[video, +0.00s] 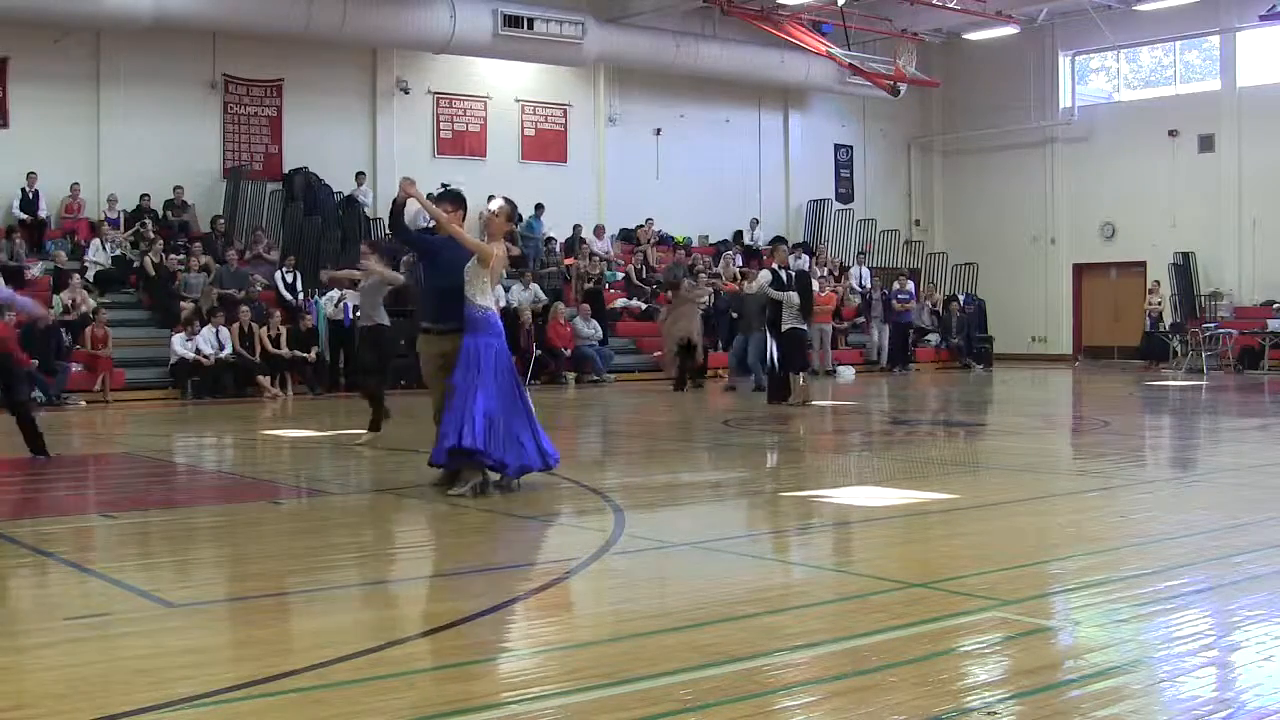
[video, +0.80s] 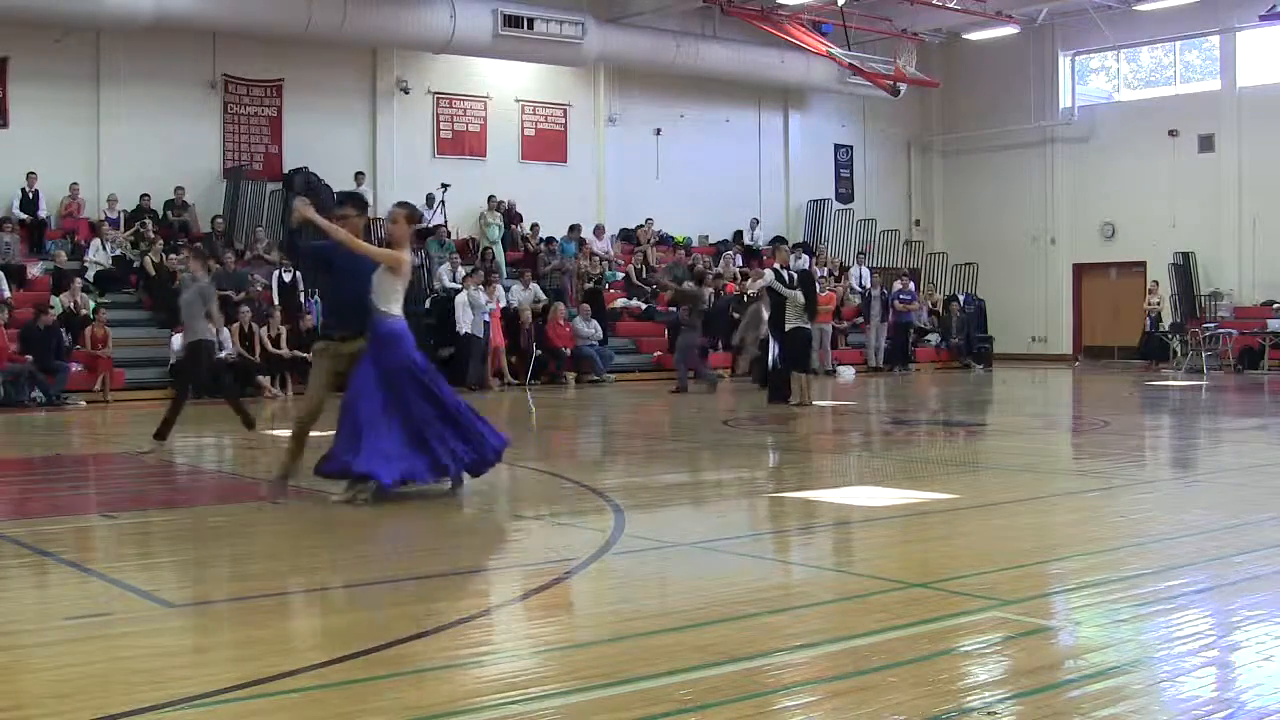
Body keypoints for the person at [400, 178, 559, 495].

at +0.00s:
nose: (487, 217)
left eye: (494, 214)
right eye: (488, 212)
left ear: (508, 225)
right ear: (494, 221)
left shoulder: (491, 251)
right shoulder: (498, 250)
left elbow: (451, 227)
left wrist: (419, 197)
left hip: (482, 330)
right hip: (489, 328)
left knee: (471, 397)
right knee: (493, 396)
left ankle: (473, 469)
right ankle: (508, 463)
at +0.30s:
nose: (465, 223)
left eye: (472, 219)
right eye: (465, 218)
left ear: (487, 225)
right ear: (467, 222)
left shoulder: (480, 253)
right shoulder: (469, 249)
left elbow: (439, 244)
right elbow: (437, 241)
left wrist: (403, 221)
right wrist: (406, 225)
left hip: (476, 331)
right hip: (474, 328)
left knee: (465, 398)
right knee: (491, 397)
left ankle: (464, 469)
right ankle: (509, 465)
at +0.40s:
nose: (453, 227)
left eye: (459, 223)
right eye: (453, 222)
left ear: (475, 226)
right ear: (457, 225)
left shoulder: (469, 256)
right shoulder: (461, 255)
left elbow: (427, 244)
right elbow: (424, 242)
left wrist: (389, 219)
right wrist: (394, 225)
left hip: (469, 332)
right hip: (462, 330)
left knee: (459, 397)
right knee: (462, 397)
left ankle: (464, 467)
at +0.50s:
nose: (439, 226)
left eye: (445, 221)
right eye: (440, 220)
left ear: (461, 227)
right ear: (445, 225)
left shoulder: (456, 258)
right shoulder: (449, 256)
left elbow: (413, 244)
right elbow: (412, 243)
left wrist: (375, 216)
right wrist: (378, 218)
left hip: (457, 333)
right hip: (448, 331)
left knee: (450, 399)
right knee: (448, 399)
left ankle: (462, 469)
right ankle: (456, 468)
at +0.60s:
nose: (423, 227)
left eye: (429, 222)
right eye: (424, 221)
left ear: (445, 228)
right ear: (429, 226)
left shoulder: (440, 260)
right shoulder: (433, 258)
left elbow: (396, 245)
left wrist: (359, 217)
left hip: (442, 337)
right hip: (431, 335)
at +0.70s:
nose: (407, 229)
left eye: (413, 223)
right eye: (408, 223)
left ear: (428, 229)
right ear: (412, 228)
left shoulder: (421, 259)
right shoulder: (415, 258)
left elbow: (377, 244)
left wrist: (337, 216)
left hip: (422, 338)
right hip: (412, 336)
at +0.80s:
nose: (388, 227)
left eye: (395, 222)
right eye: (389, 221)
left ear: (411, 227)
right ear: (393, 226)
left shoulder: (400, 259)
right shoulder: (393, 256)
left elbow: (351, 242)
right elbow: (353, 242)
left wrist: (313, 216)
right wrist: (318, 218)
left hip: (394, 336)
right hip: (381, 335)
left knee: (415, 400)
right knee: (361, 400)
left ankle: (451, 460)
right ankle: (363, 470)